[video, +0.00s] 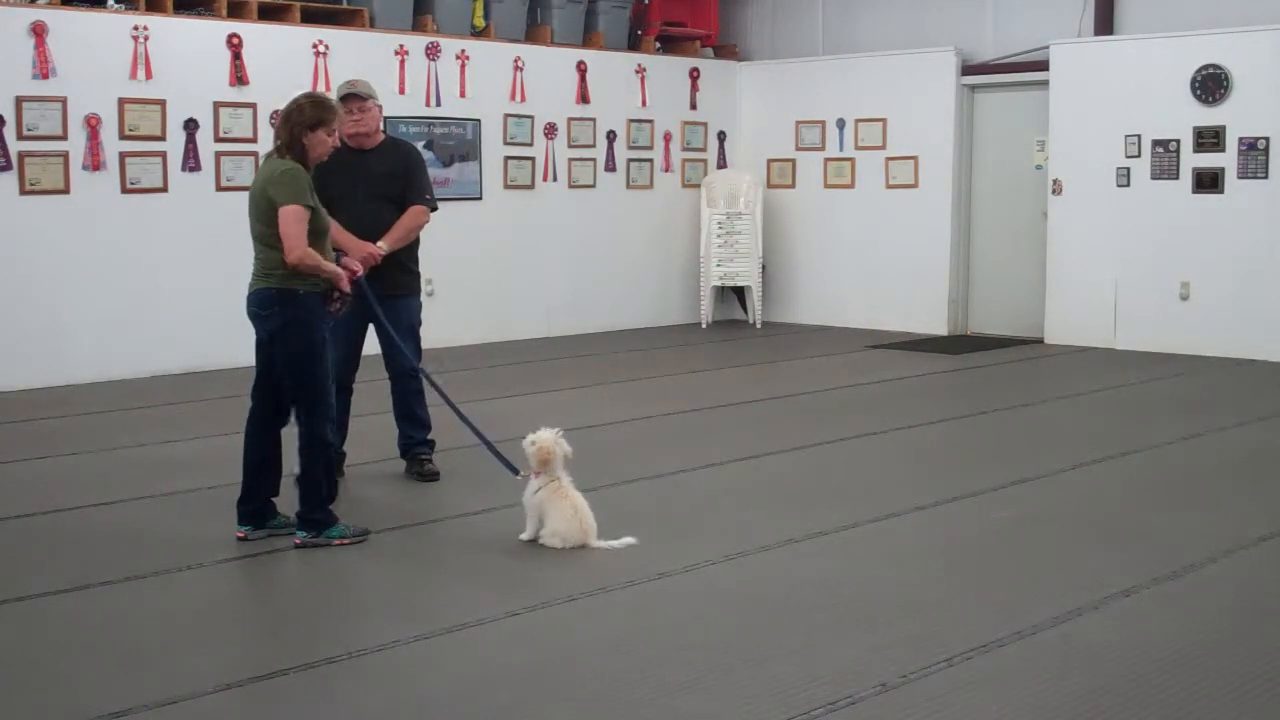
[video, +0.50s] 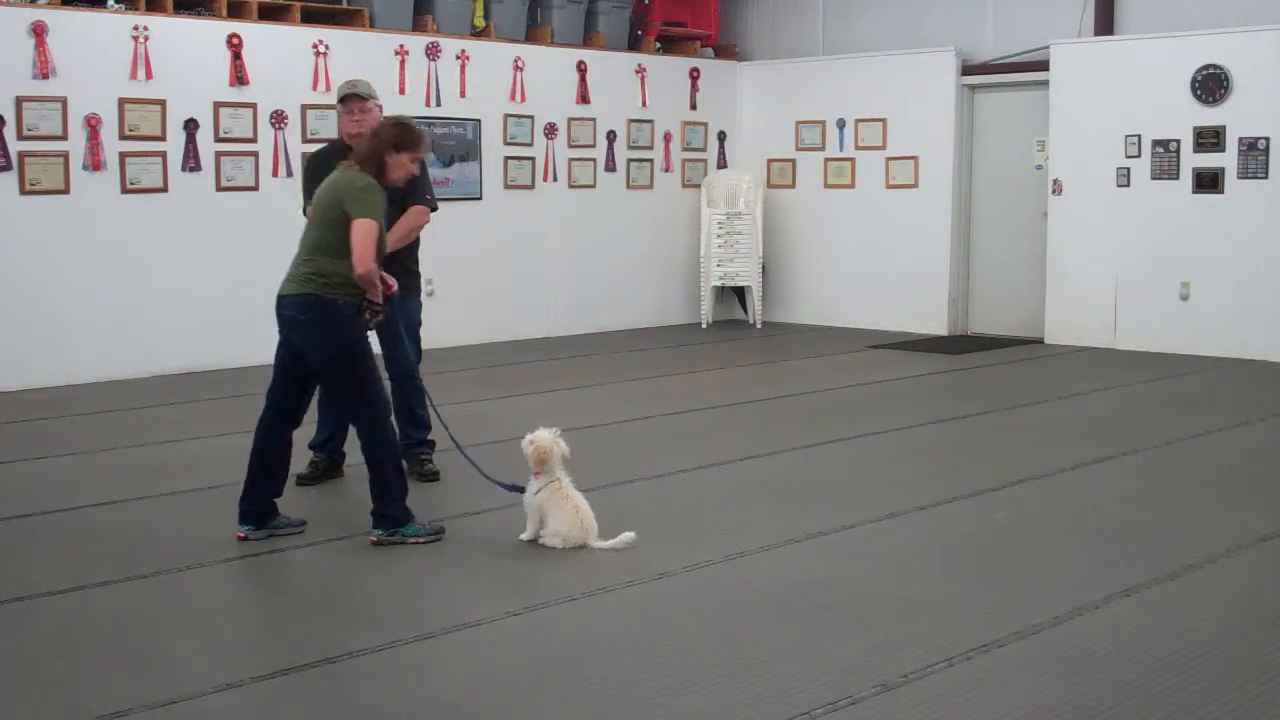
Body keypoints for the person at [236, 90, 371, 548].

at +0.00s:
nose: (334, 144)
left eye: (335, 135)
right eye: (331, 134)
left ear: (301, 132)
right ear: (308, 132)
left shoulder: (279, 171)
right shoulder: (290, 176)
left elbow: (310, 234)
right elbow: (296, 253)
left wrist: (339, 258)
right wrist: (334, 271)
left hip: (276, 299)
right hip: (293, 302)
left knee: (268, 410)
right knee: (318, 412)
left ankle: (255, 514)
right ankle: (316, 519)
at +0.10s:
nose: (337, 148)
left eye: (339, 140)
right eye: (334, 139)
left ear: (307, 135)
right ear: (310, 134)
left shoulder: (285, 172)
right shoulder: (290, 176)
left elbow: (310, 237)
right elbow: (300, 251)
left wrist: (340, 262)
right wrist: (334, 280)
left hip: (278, 301)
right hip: (293, 304)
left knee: (267, 410)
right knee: (339, 403)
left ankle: (255, 514)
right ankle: (322, 515)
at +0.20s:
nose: (347, 150)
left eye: (349, 141)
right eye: (342, 140)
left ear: (315, 138)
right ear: (317, 136)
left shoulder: (294, 174)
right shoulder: (299, 177)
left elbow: (323, 231)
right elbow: (304, 251)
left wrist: (352, 258)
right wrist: (336, 280)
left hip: (282, 303)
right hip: (296, 306)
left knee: (268, 412)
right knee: (348, 399)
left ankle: (255, 513)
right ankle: (341, 513)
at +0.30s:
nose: (363, 154)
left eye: (364, 146)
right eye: (358, 144)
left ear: (331, 140)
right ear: (335, 138)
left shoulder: (307, 177)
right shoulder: (314, 179)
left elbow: (331, 236)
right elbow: (317, 253)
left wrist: (356, 257)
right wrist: (348, 280)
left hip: (287, 306)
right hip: (303, 307)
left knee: (270, 414)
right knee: (351, 405)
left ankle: (256, 515)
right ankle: (375, 515)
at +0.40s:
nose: (387, 161)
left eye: (389, 153)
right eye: (382, 152)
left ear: (355, 147)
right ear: (358, 146)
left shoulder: (320, 178)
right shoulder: (338, 184)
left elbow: (328, 246)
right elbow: (338, 259)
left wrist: (362, 263)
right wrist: (359, 287)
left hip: (292, 308)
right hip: (317, 311)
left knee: (273, 416)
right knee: (361, 414)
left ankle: (255, 514)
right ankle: (391, 518)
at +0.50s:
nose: (414, 173)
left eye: (417, 166)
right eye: (411, 164)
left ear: (384, 153)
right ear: (388, 153)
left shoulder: (340, 181)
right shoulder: (367, 190)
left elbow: (332, 249)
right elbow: (363, 269)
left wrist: (375, 275)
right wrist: (377, 290)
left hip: (297, 306)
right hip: (329, 310)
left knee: (281, 413)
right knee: (373, 412)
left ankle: (256, 515)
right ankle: (391, 518)